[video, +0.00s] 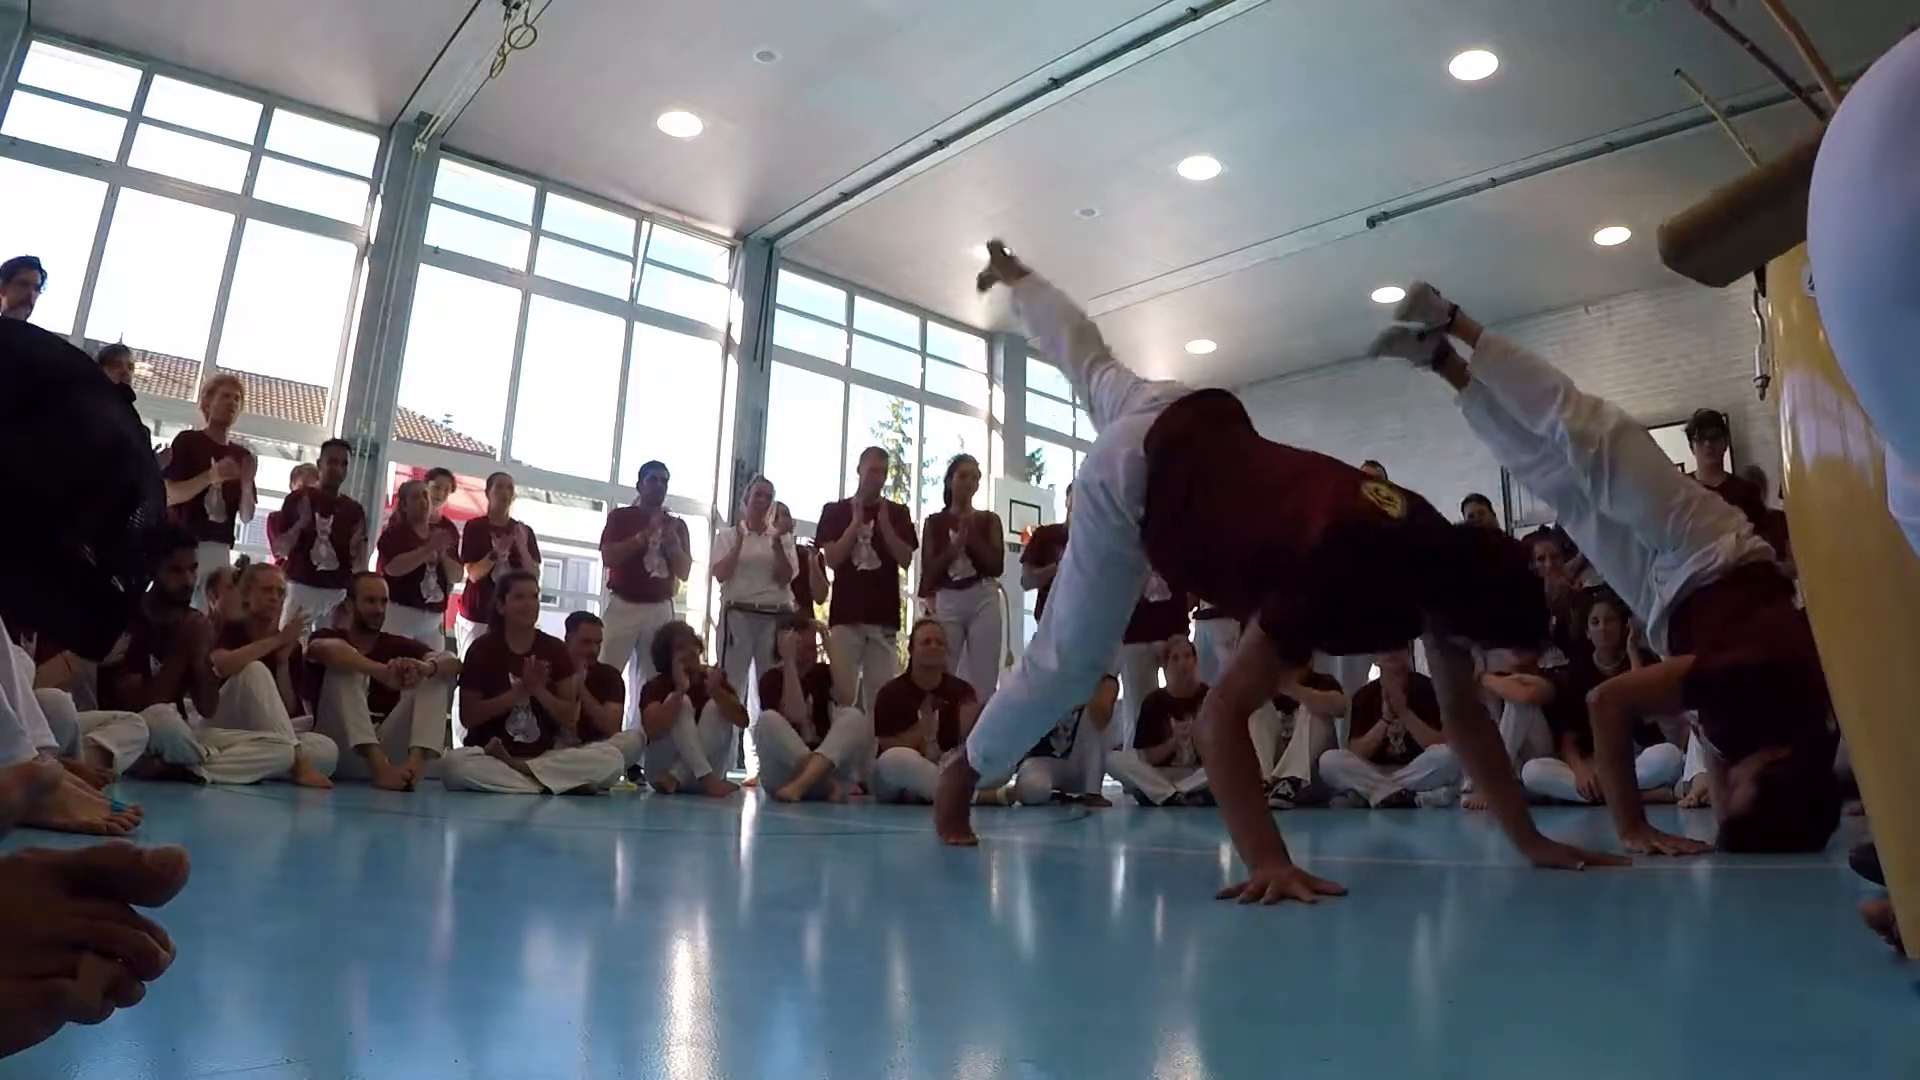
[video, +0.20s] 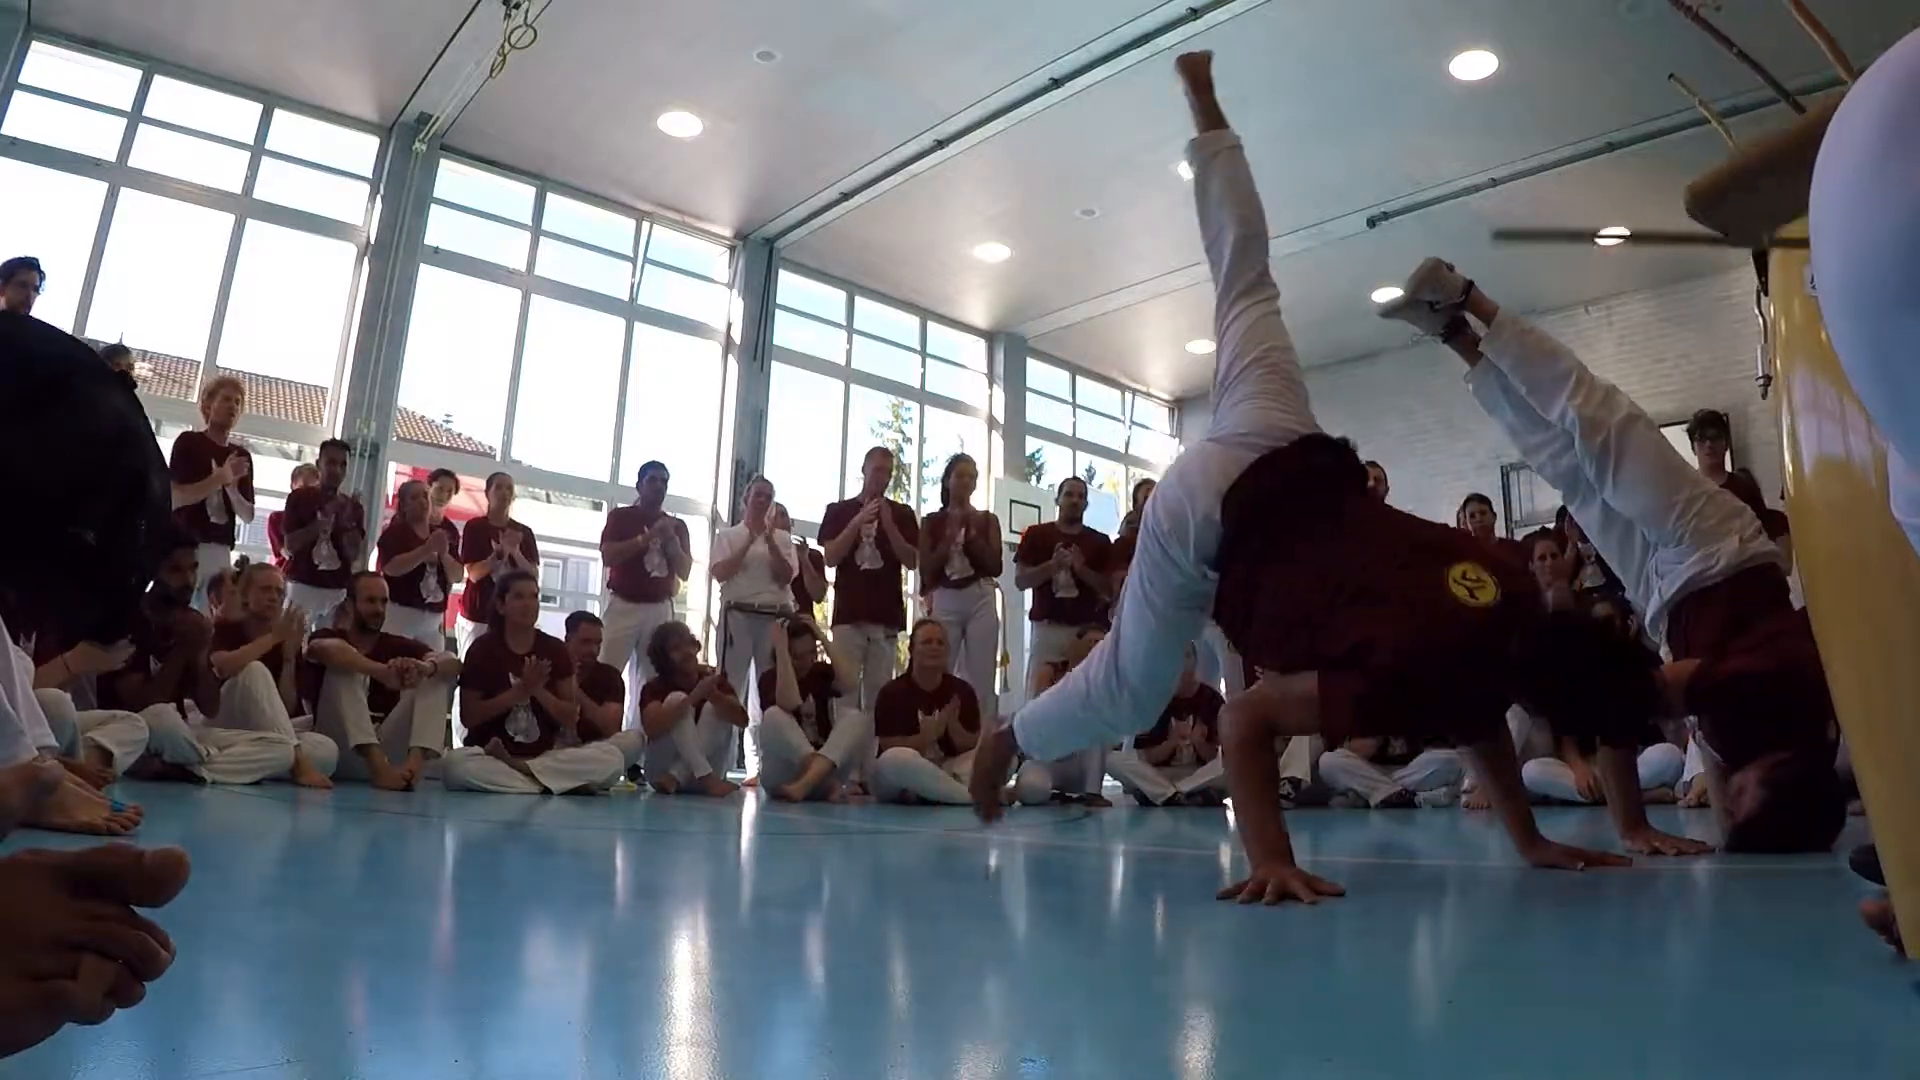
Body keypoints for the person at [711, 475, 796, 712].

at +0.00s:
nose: (762, 500)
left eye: (767, 496)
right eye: (758, 494)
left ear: (772, 502)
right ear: (746, 497)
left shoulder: (783, 537)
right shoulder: (727, 535)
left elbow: (786, 577)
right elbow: (720, 575)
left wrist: (777, 541)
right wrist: (738, 543)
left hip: (774, 617)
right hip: (737, 615)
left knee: (771, 689)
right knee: (731, 686)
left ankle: (771, 744)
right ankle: (728, 744)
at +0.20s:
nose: (761, 500)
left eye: (766, 497)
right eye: (757, 495)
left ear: (772, 503)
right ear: (745, 498)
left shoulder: (782, 537)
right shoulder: (728, 535)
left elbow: (786, 577)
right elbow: (719, 573)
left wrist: (771, 542)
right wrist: (748, 543)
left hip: (775, 618)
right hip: (737, 615)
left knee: (773, 693)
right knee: (731, 690)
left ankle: (771, 761)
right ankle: (728, 761)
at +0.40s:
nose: (760, 501)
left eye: (765, 497)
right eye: (756, 495)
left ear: (772, 503)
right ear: (745, 498)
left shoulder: (781, 536)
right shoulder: (727, 534)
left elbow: (786, 576)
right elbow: (720, 574)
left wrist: (772, 539)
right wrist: (744, 540)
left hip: (775, 617)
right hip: (736, 615)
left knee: (772, 694)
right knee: (729, 691)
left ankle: (767, 764)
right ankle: (722, 764)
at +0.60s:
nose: (759, 501)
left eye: (764, 497)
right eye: (755, 495)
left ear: (771, 503)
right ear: (744, 499)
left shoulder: (781, 536)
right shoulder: (729, 534)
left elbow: (787, 576)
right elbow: (718, 573)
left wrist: (774, 538)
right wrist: (740, 541)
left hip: (775, 616)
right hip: (737, 615)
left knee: (774, 693)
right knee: (730, 689)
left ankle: (769, 764)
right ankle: (724, 764)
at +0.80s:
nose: (759, 501)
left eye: (764, 497)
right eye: (755, 496)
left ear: (772, 503)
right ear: (744, 500)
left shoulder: (783, 538)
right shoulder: (726, 535)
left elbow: (786, 573)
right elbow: (719, 574)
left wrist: (763, 539)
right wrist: (752, 551)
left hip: (774, 617)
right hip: (736, 615)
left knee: (772, 693)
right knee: (730, 690)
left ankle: (768, 763)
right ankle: (722, 764)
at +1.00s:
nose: (759, 501)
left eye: (764, 497)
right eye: (755, 495)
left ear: (771, 503)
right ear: (744, 499)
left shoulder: (781, 538)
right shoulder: (728, 535)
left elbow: (786, 577)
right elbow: (716, 575)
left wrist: (771, 541)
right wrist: (746, 544)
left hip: (774, 617)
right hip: (736, 615)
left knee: (772, 692)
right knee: (730, 690)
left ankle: (768, 763)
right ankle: (723, 763)